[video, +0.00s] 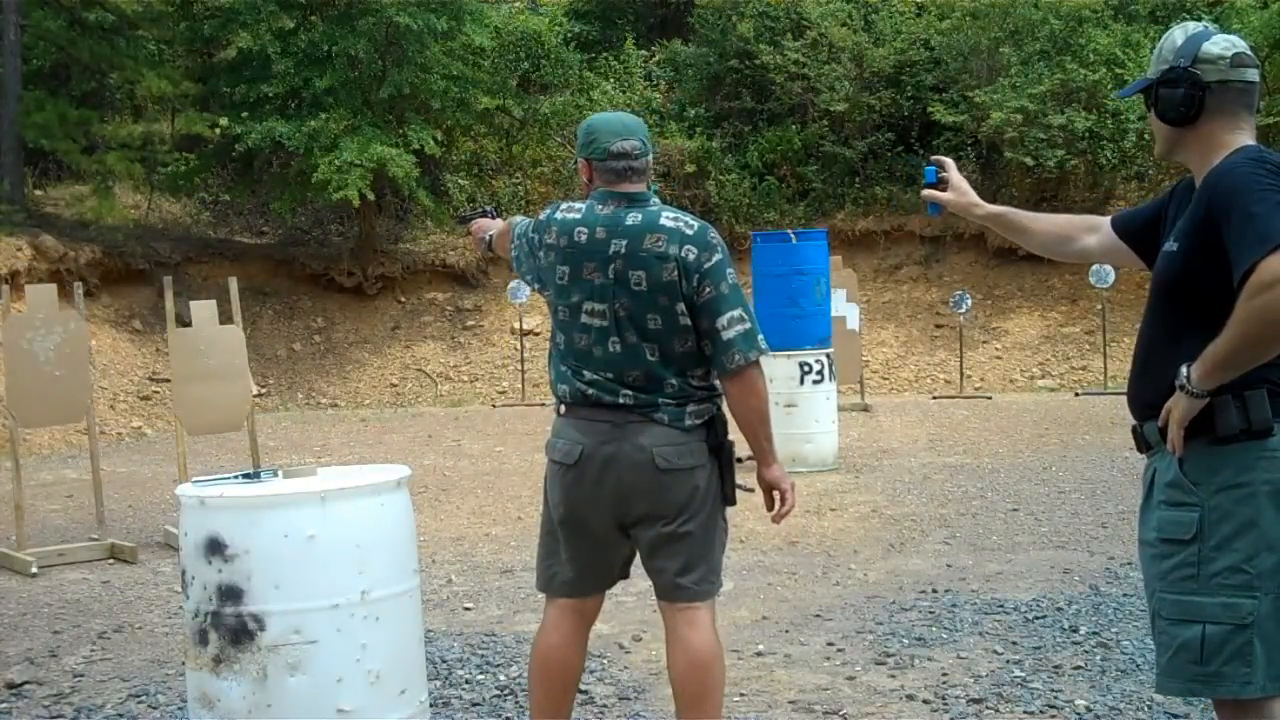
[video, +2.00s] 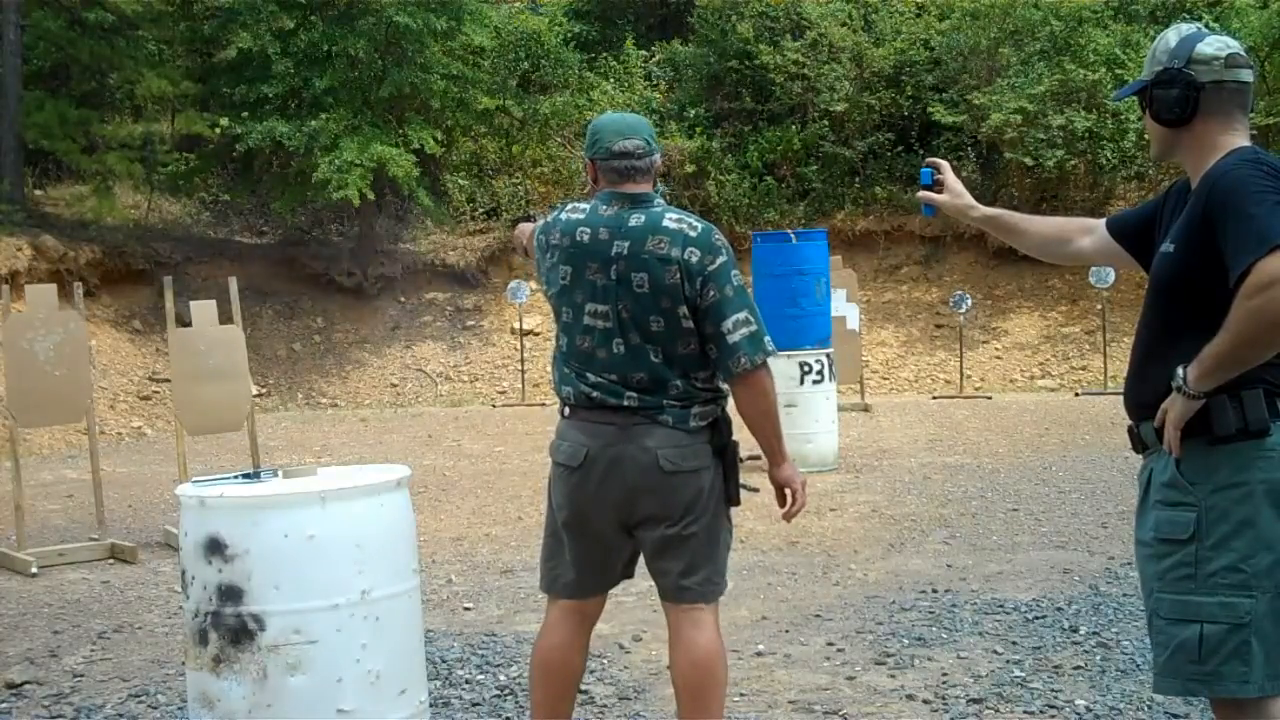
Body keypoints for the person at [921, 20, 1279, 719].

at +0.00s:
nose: (1150, 116)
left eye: (1154, 101)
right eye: (1151, 102)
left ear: (1179, 102)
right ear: (1232, 99)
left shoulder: (1246, 179)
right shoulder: (1196, 194)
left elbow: (1273, 284)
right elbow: (1091, 236)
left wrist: (1197, 382)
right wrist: (978, 209)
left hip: (1230, 462)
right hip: (1210, 456)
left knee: (1244, 693)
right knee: (1241, 687)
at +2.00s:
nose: (1145, 115)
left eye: (1150, 100)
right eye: (1146, 101)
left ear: (1177, 102)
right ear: (1223, 101)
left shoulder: (1242, 181)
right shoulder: (1191, 197)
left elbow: (1274, 283)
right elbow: (1084, 238)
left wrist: (1194, 381)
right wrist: (974, 213)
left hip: (1224, 462)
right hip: (1205, 457)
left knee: (1242, 692)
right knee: (1241, 685)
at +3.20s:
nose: (1138, 119)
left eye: (1142, 104)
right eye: (1138, 104)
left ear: (1165, 104)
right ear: (1222, 101)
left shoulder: (1233, 180)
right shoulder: (1185, 195)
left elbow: (1269, 286)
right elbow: (1079, 239)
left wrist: (1184, 385)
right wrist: (968, 213)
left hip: (1221, 462)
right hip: (1210, 456)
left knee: (1239, 692)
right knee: (1242, 685)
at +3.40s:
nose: (1137, 119)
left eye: (1141, 103)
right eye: (1138, 104)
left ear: (1164, 105)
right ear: (1223, 101)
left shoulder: (1233, 180)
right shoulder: (1185, 194)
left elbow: (1268, 287)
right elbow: (1079, 239)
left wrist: (1183, 386)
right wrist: (968, 213)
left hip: (1221, 462)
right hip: (1210, 456)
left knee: (1239, 692)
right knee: (1242, 685)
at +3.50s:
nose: (1137, 118)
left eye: (1141, 103)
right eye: (1137, 103)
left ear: (1163, 104)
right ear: (1223, 101)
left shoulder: (1233, 180)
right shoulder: (1185, 194)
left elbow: (1268, 287)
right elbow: (1079, 239)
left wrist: (1184, 386)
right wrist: (968, 213)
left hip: (1221, 462)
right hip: (1211, 456)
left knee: (1238, 692)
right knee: (1242, 685)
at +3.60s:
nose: (1137, 118)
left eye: (1141, 103)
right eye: (1138, 104)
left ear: (1167, 104)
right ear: (1218, 102)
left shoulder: (1233, 180)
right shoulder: (1186, 194)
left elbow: (1269, 286)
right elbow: (1080, 239)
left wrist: (1183, 387)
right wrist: (968, 213)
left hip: (1221, 462)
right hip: (1211, 455)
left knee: (1238, 693)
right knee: (1242, 685)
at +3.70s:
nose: (1137, 118)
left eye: (1141, 103)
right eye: (1138, 103)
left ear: (1167, 103)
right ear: (1219, 101)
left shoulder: (1233, 181)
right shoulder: (1186, 195)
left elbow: (1269, 287)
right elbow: (1080, 240)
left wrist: (1183, 387)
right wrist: (969, 213)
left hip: (1220, 462)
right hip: (1210, 455)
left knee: (1238, 693)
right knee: (1241, 686)